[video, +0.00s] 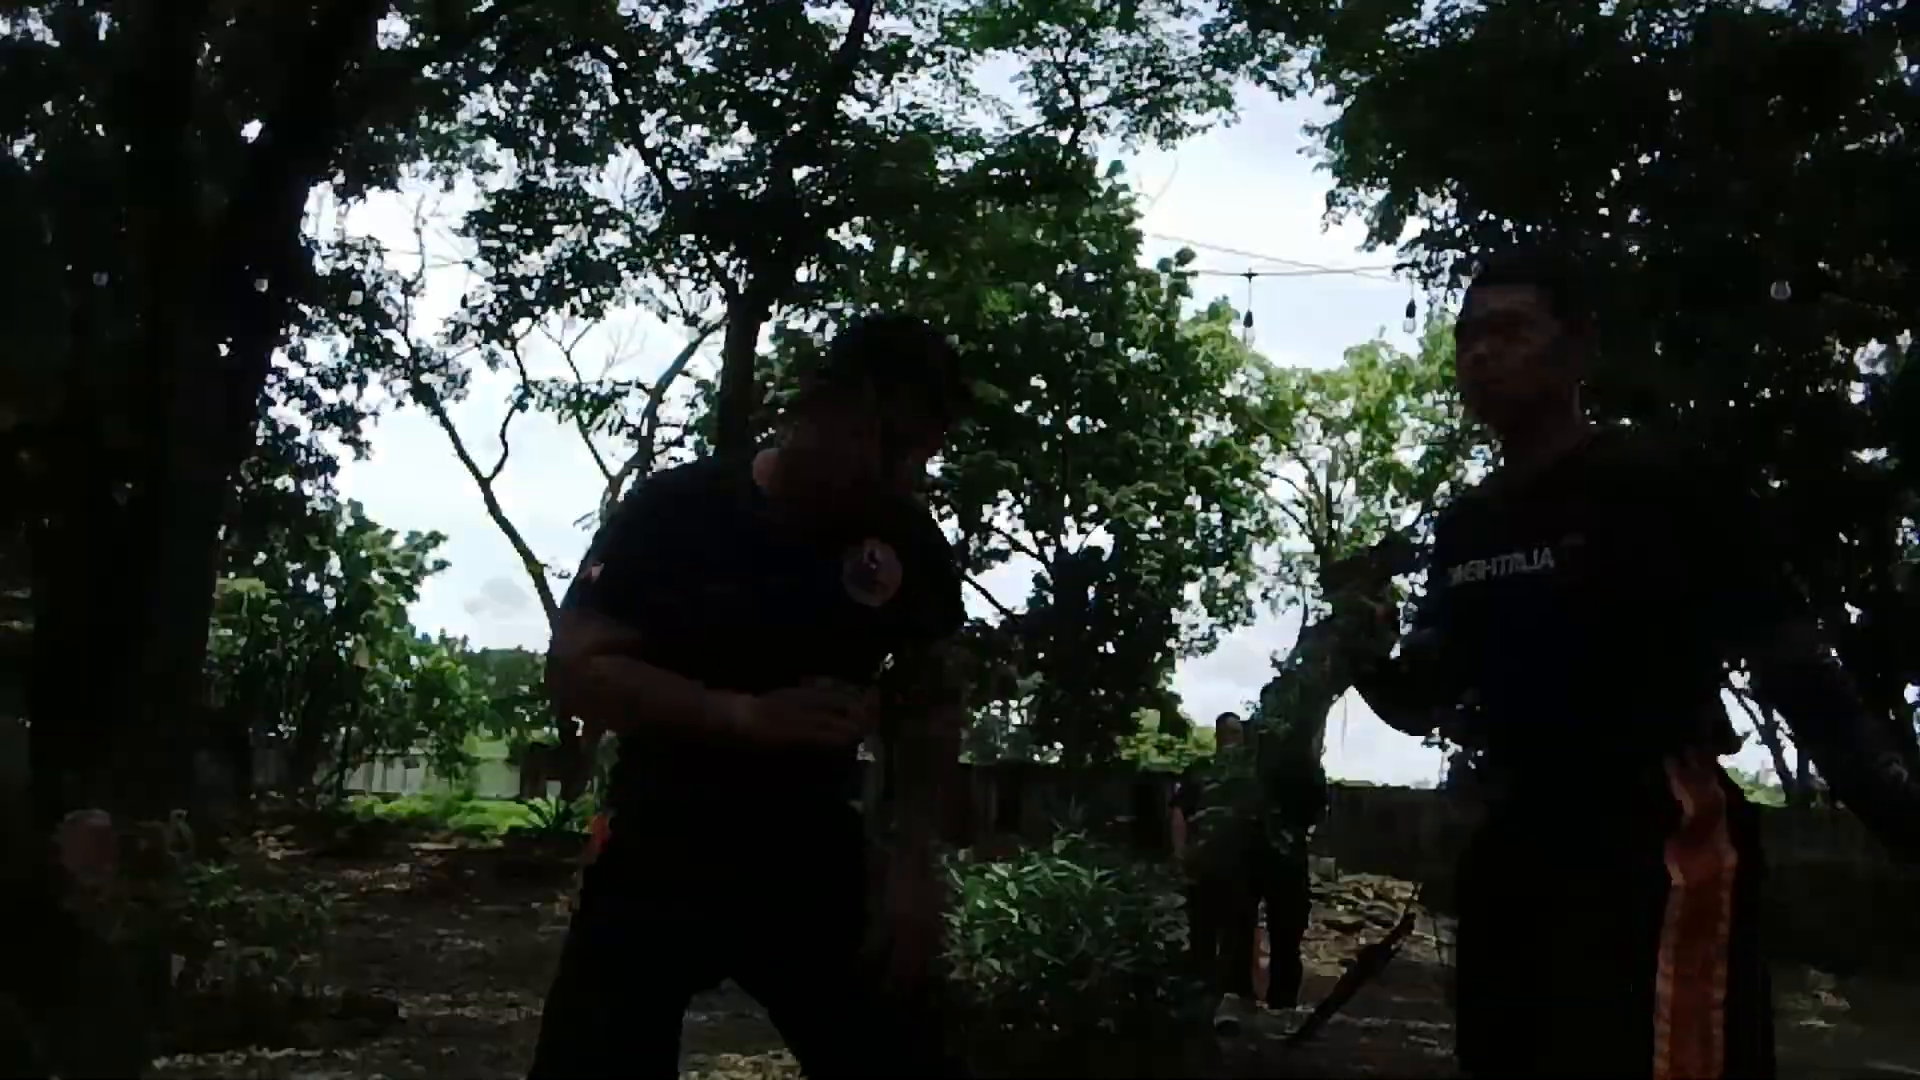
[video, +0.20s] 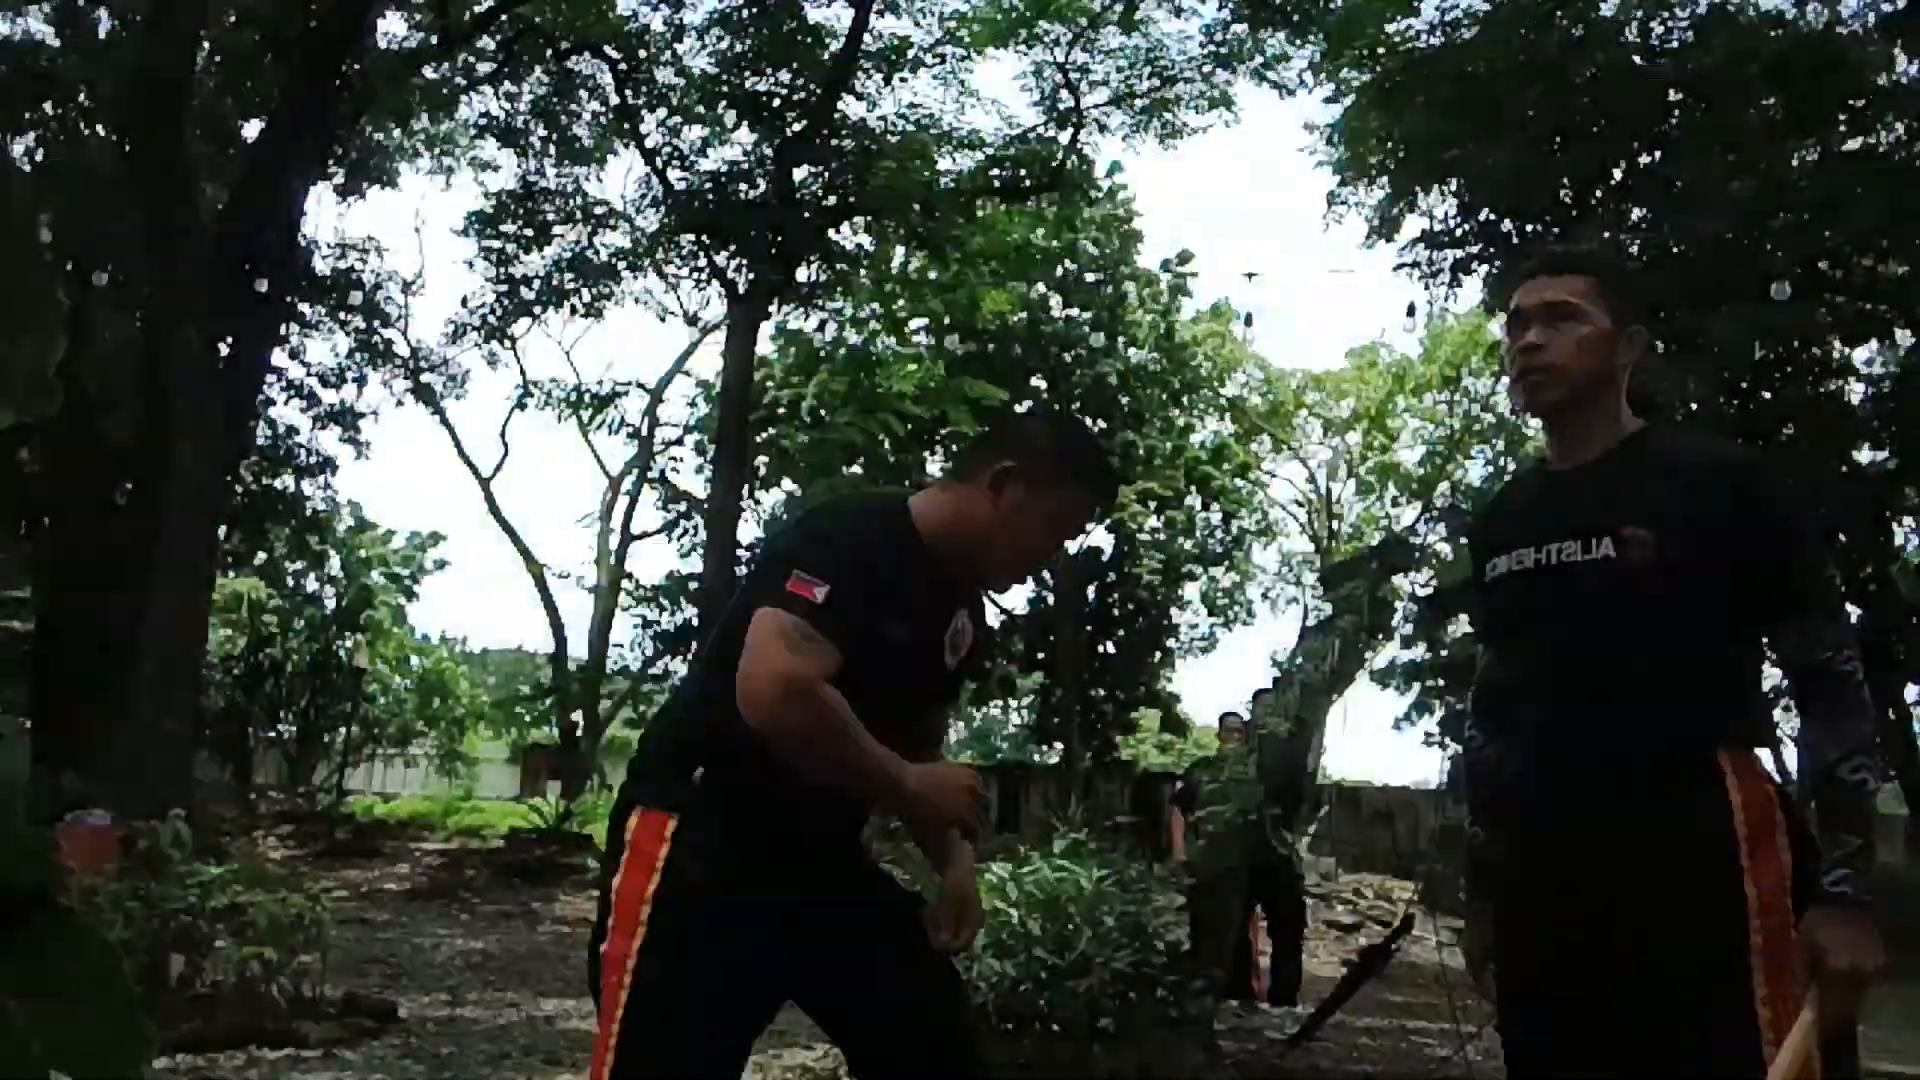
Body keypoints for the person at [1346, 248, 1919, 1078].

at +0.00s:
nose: (1478, 351)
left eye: (1509, 329)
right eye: (1469, 333)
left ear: (1575, 347)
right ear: (1456, 356)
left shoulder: (1662, 480)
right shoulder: (1467, 522)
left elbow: (1793, 665)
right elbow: (1424, 700)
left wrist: (1895, 809)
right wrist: (1365, 650)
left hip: (1662, 841)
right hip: (1521, 835)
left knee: (1658, 1056)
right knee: (1508, 1053)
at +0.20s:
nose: (1524, 338)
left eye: (1558, 318)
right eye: (1514, 323)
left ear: (1626, 345)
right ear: (1506, 353)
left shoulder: (1722, 486)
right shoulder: (1499, 520)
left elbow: (1830, 683)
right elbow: (1499, 703)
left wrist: (1845, 886)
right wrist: (1485, 881)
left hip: (1692, 862)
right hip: (1541, 869)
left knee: (1708, 1059)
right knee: (1552, 1059)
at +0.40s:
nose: (1566, 326)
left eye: (1601, 304)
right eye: (1555, 311)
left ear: (1671, 332)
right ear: (1547, 342)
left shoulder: (1768, 475)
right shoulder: (1552, 502)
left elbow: (1869, 679)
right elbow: (1572, 706)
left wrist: (1832, 878)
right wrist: (1547, 902)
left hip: (1731, 884)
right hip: (1585, 890)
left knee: (1740, 1064)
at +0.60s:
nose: (1584, 326)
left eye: (1618, 304)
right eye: (1574, 311)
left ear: (1693, 331)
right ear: (1564, 343)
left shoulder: (1787, 477)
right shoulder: (1597, 499)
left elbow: (1890, 680)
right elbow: (1625, 689)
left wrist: (1865, 904)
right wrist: (1555, 822)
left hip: (1760, 871)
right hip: (1619, 872)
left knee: (1748, 1061)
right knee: (1610, 1059)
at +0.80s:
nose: (1560, 340)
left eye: (1585, 317)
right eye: (1564, 322)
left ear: (1666, 329)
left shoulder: (1781, 471)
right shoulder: (1606, 506)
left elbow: (1877, 692)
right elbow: (1646, 671)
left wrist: (1870, 896)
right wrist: (1575, 694)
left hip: (1750, 826)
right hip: (1625, 826)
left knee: (1755, 1055)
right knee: (1619, 1054)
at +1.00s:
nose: (1532, 386)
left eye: (1545, 355)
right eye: (1534, 361)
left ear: (1610, 357)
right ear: (1608, 361)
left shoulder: (1735, 470)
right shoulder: (1593, 529)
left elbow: (1838, 670)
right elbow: (1587, 709)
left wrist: (1827, 895)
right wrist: (1497, 604)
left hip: (1731, 813)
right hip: (1618, 814)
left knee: (1721, 1053)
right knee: (1603, 1047)